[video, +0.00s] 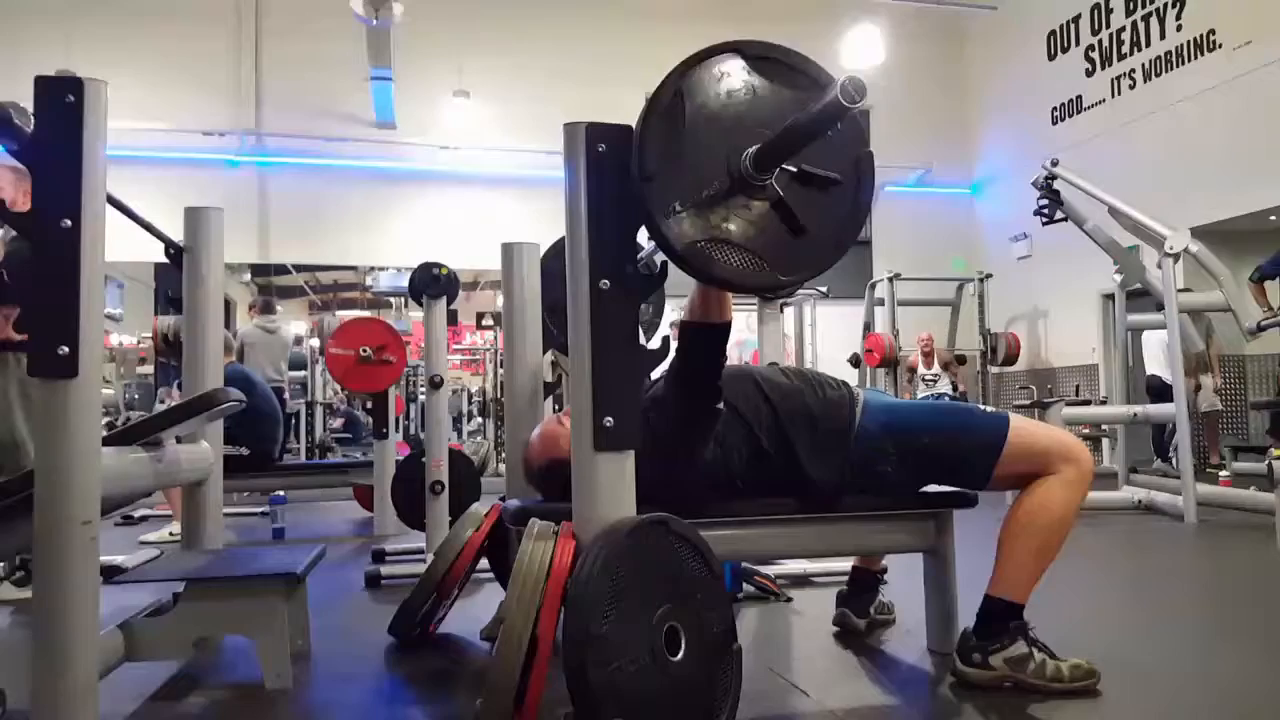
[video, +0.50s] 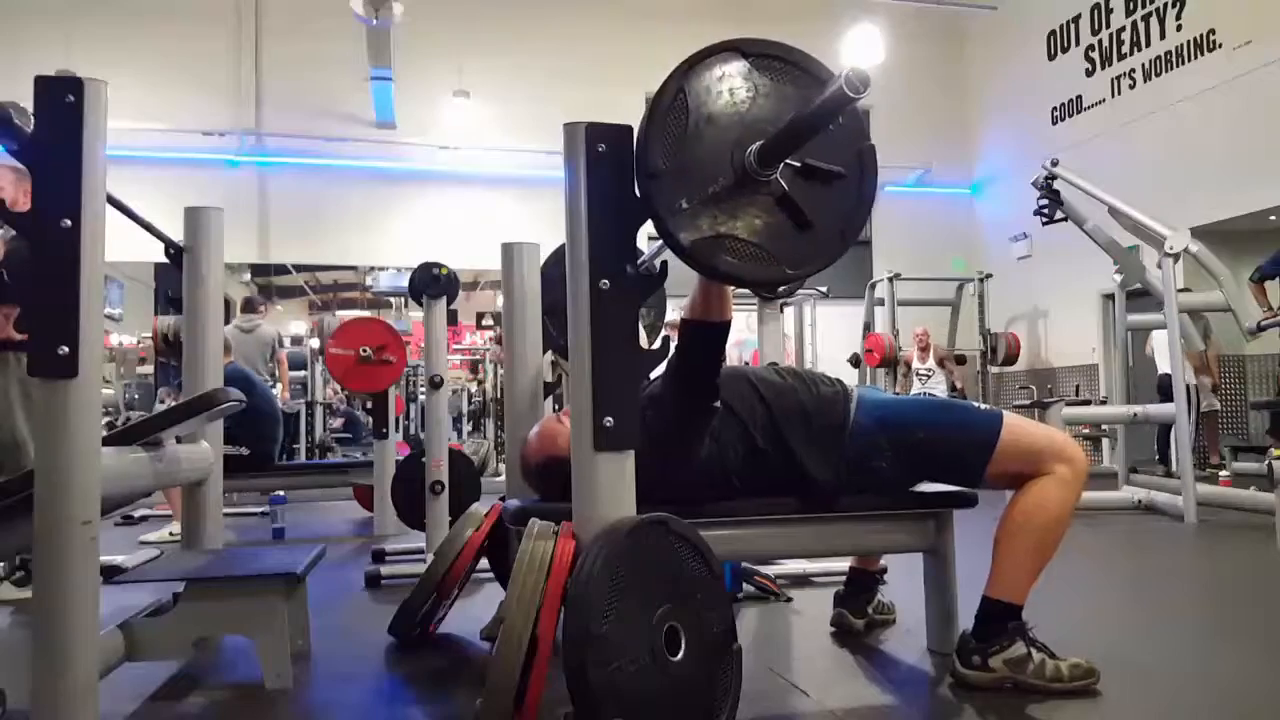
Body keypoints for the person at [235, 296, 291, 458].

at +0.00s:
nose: (252, 313)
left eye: (253, 310)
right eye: (252, 311)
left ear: (256, 311)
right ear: (275, 312)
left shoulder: (245, 333)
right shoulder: (286, 335)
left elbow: (238, 360)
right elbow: (285, 359)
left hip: (253, 388)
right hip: (278, 387)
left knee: (253, 428)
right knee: (280, 429)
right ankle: (277, 459)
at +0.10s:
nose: (251, 313)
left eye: (252, 311)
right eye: (252, 311)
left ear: (255, 312)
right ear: (274, 312)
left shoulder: (243, 332)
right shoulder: (285, 334)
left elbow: (237, 359)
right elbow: (284, 358)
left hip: (252, 387)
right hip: (277, 387)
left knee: (252, 427)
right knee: (280, 427)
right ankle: (277, 458)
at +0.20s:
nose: (249, 313)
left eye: (250, 310)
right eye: (250, 310)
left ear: (253, 311)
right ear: (272, 312)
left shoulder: (241, 332)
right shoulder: (282, 333)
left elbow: (235, 359)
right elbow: (284, 363)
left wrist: (236, 383)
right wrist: (285, 390)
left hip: (249, 388)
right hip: (274, 389)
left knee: (249, 429)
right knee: (278, 430)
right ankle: (276, 460)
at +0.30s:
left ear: (250, 311)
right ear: (267, 312)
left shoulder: (237, 333)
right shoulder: (278, 333)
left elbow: (233, 361)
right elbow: (282, 363)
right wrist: (285, 389)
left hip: (245, 387)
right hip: (271, 389)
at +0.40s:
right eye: (266, 310)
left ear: (246, 311)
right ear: (265, 312)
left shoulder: (232, 333)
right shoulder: (274, 334)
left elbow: (226, 359)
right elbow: (282, 363)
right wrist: (285, 390)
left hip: (239, 389)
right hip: (266, 390)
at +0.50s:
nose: (264, 315)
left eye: (264, 312)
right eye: (263, 312)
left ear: (241, 311)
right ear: (261, 311)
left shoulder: (226, 331)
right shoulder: (272, 333)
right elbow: (282, 362)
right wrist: (285, 389)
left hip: (234, 388)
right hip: (263, 390)